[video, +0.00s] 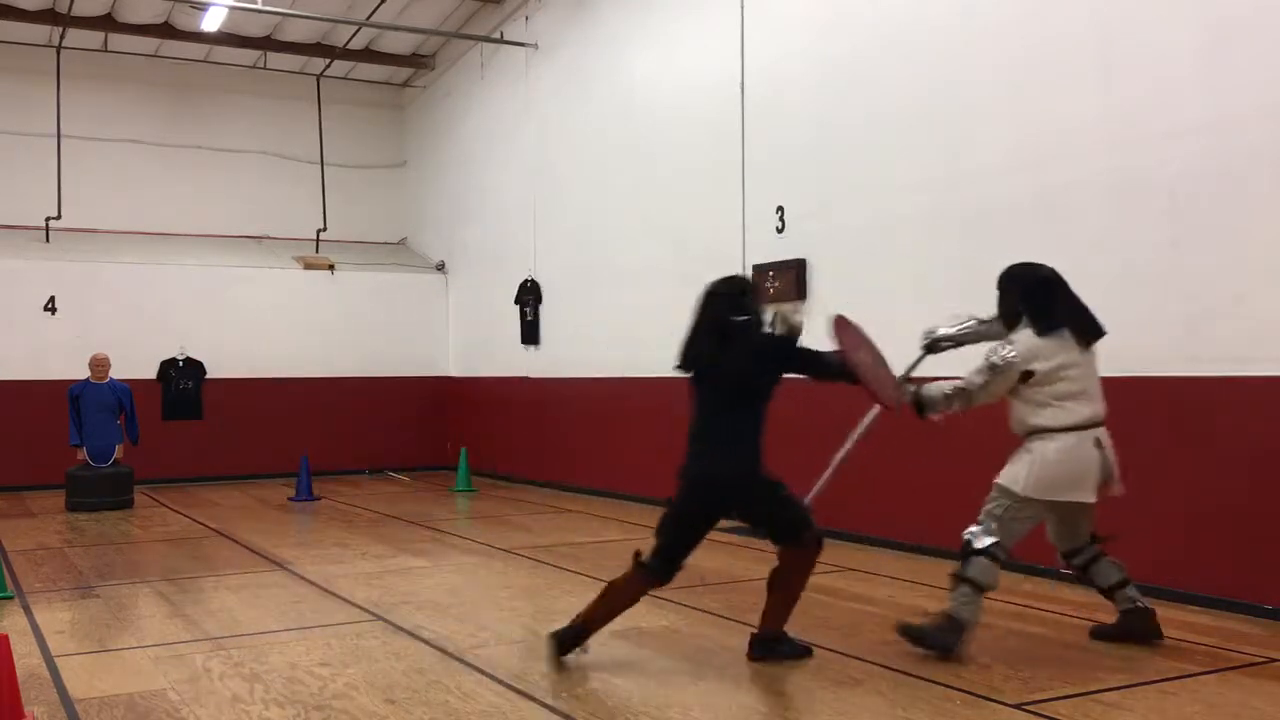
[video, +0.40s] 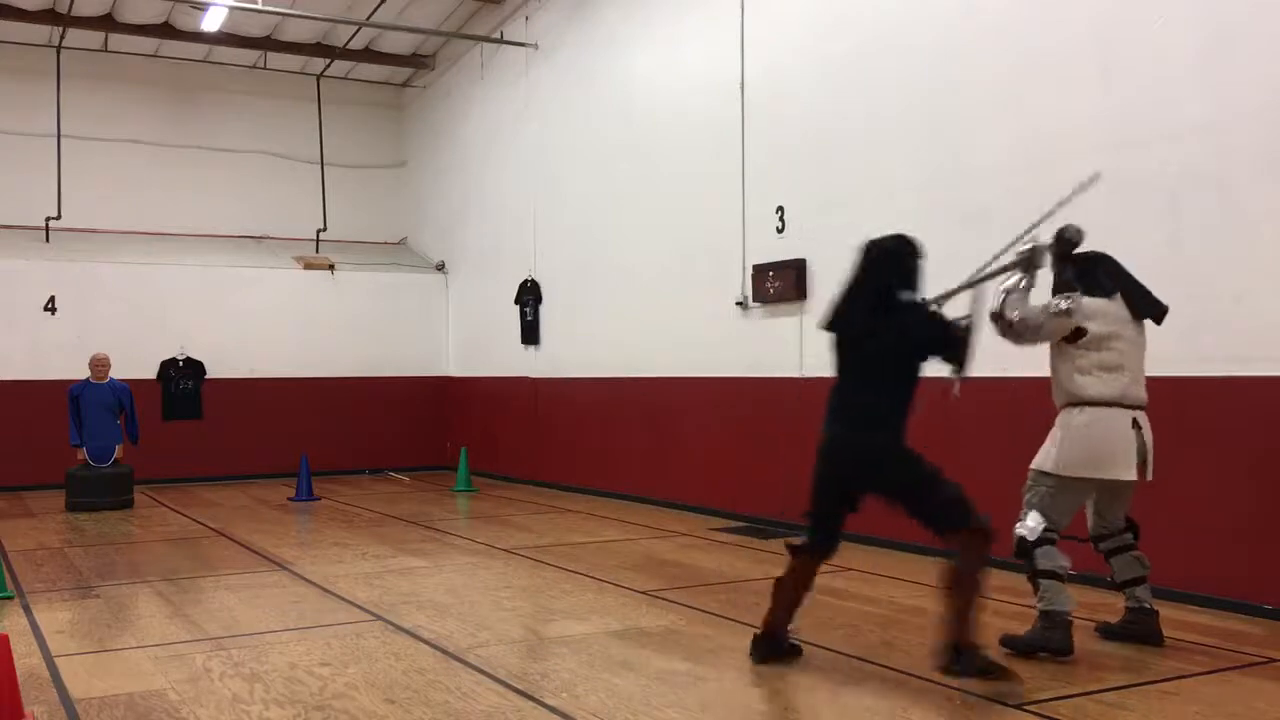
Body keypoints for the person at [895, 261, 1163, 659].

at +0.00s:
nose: (999, 305)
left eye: (1004, 298)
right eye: (1000, 297)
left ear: (1020, 303)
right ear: (1052, 297)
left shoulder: (1019, 349)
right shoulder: (1075, 333)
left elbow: (971, 390)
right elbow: (1008, 323)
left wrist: (920, 397)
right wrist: (955, 336)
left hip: (1047, 455)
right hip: (1089, 450)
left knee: (987, 536)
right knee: (1076, 545)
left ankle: (954, 624)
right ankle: (1135, 611)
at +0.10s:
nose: (1019, 302)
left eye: (1022, 296)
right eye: (1019, 296)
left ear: (1037, 298)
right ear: (1068, 289)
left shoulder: (1036, 341)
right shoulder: (1097, 322)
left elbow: (995, 389)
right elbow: (1037, 308)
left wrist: (952, 377)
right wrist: (987, 317)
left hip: (1066, 449)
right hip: (1113, 444)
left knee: (1003, 531)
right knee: (1089, 536)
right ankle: (1138, 613)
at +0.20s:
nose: (1044, 299)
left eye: (1045, 293)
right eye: (1042, 293)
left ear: (1056, 291)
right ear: (1090, 279)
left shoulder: (1051, 325)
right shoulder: (1119, 314)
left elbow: (1008, 375)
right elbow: (1074, 304)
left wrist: (978, 338)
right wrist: (1027, 288)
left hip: (1074, 442)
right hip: (1123, 439)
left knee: (1025, 531)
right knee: (1100, 529)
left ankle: (1053, 623)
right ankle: (1141, 614)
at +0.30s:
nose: (1060, 291)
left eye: (1062, 286)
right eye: (1059, 287)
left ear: (1070, 284)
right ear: (1108, 279)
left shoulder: (1065, 314)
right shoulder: (1129, 314)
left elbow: (1012, 349)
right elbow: (1075, 309)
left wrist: (998, 300)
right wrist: (1047, 269)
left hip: (1079, 435)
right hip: (1128, 434)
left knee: (1034, 530)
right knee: (1109, 528)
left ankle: (1053, 622)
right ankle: (1142, 615)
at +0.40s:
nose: (1062, 289)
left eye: (1064, 282)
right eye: (1063, 283)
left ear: (1071, 281)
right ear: (1111, 280)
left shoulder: (1071, 310)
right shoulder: (1132, 314)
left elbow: (1012, 319)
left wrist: (1026, 271)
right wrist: (1067, 259)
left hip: (1082, 433)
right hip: (1131, 435)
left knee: (1036, 525)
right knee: (1111, 525)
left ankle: (1053, 623)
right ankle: (1142, 614)